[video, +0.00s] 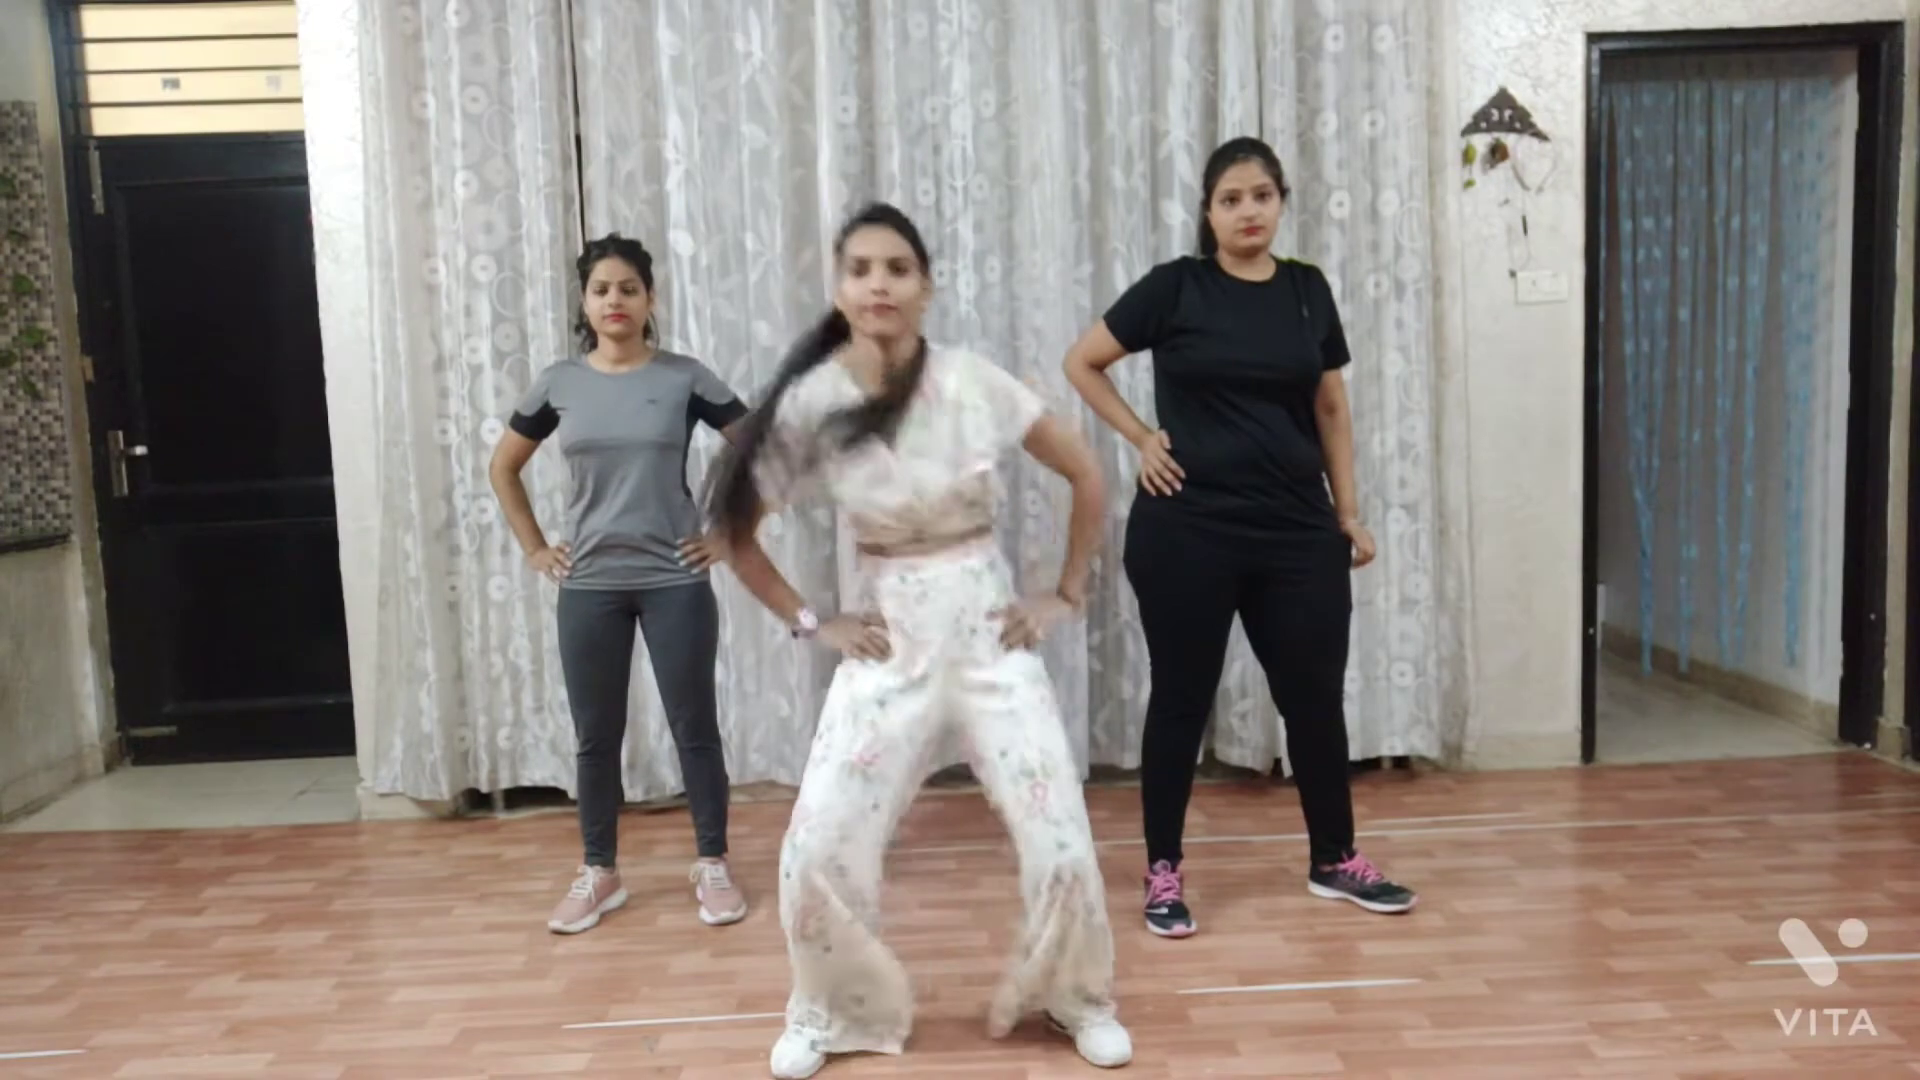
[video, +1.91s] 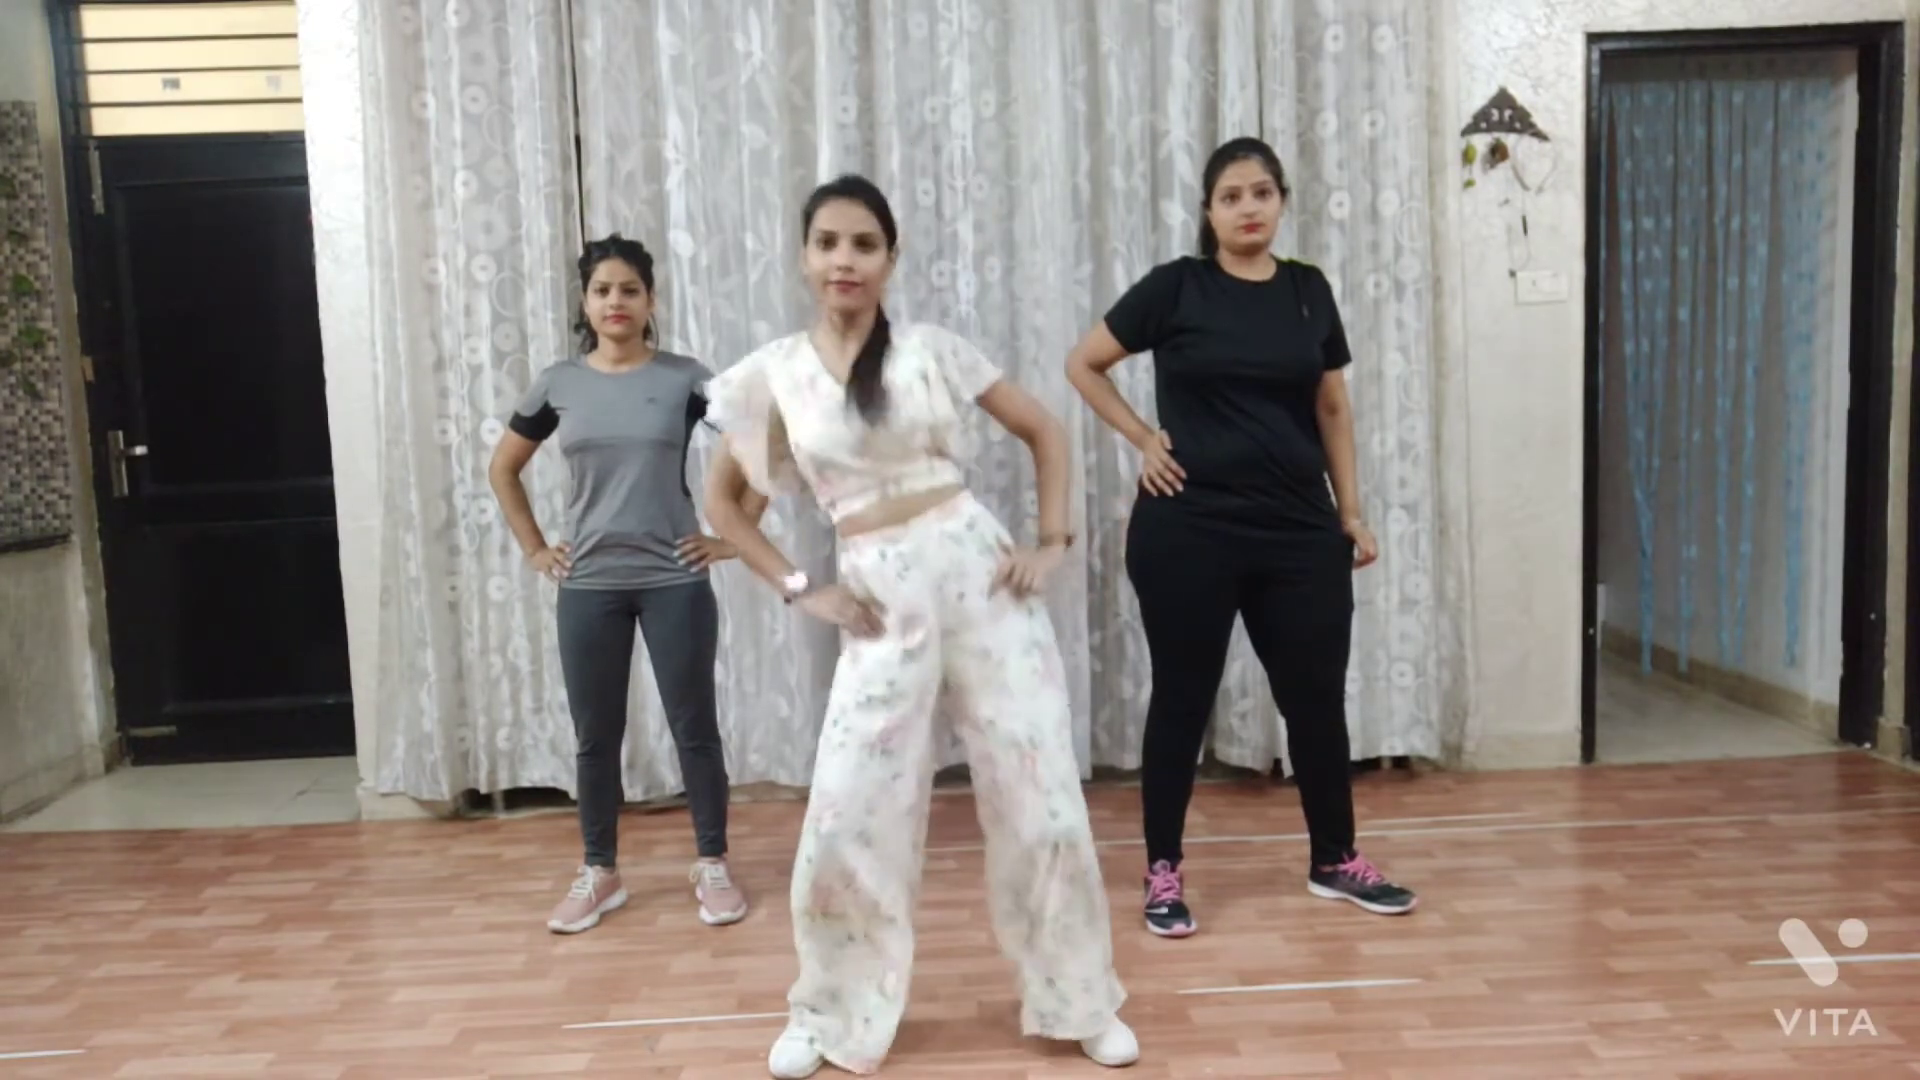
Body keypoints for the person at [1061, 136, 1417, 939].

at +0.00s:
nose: (1249, 211)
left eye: (1262, 196)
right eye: (1232, 198)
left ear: (1282, 204)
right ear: (1208, 209)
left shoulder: (1306, 289)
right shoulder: (1174, 288)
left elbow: (1333, 408)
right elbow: (1081, 363)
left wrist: (1348, 512)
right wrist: (1140, 436)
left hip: (1296, 529)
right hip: (1187, 527)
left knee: (1316, 699)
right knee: (1181, 699)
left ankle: (1335, 860)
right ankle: (1163, 870)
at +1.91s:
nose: (1249, 208)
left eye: (1262, 194)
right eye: (1233, 196)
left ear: (1282, 204)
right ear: (1208, 208)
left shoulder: (1307, 290)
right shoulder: (1175, 288)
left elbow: (1334, 409)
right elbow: (1082, 364)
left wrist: (1349, 512)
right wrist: (1143, 438)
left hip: (1297, 528)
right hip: (1189, 526)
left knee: (1318, 699)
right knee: (1182, 701)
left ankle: (1336, 860)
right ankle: (1163, 870)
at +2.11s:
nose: (1249, 208)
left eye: (1262, 194)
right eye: (1233, 196)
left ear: (1282, 203)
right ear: (1208, 208)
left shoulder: (1307, 290)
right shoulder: (1175, 288)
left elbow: (1334, 409)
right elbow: (1082, 365)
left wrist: (1350, 512)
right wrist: (1143, 439)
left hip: (1297, 528)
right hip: (1189, 526)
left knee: (1318, 699)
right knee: (1181, 701)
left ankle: (1336, 860)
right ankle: (1163, 871)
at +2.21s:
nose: (1248, 208)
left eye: (1262, 193)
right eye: (1232, 195)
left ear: (1282, 203)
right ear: (1209, 208)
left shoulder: (1309, 290)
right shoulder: (1174, 289)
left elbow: (1334, 410)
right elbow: (1079, 367)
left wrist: (1349, 512)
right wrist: (1136, 437)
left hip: (1297, 530)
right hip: (1189, 527)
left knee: (1318, 701)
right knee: (1181, 702)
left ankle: (1335, 861)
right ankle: (1164, 871)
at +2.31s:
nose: (1248, 207)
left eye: (1262, 193)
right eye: (1232, 195)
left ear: (1283, 203)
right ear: (1208, 208)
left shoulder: (1308, 291)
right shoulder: (1174, 288)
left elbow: (1334, 408)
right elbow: (1091, 360)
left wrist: (1349, 513)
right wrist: (1135, 433)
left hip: (1297, 528)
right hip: (1188, 526)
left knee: (1317, 700)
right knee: (1181, 698)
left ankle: (1335, 861)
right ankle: (1164, 870)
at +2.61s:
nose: (1249, 208)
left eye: (1263, 194)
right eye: (1232, 196)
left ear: (1283, 203)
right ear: (1209, 207)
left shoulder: (1309, 290)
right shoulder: (1173, 290)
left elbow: (1336, 410)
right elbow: (1080, 366)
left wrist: (1349, 512)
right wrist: (1139, 446)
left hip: (1298, 532)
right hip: (1190, 530)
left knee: (1318, 701)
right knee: (1180, 702)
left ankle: (1335, 861)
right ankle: (1165, 870)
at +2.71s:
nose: (1249, 208)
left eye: (1263, 194)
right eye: (1233, 196)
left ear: (1283, 203)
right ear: (1209, 208)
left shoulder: (1310, 292)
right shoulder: (1174, 290)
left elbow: (1335, 410)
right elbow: (1077, 366)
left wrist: (1349, 512)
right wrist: (1130, 437)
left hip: (1296, 530)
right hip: (1187, 527)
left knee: (1317, 700)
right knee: (1181, 698)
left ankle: (1335, 861)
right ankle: (1165, 870)